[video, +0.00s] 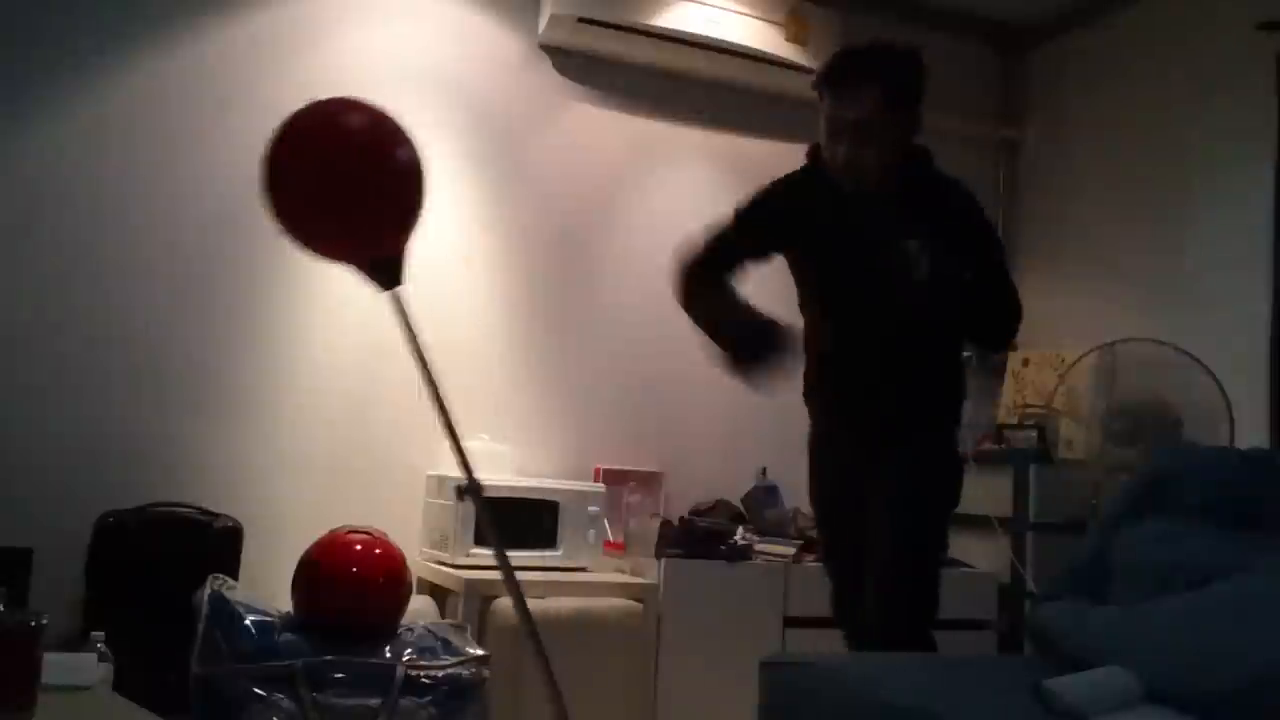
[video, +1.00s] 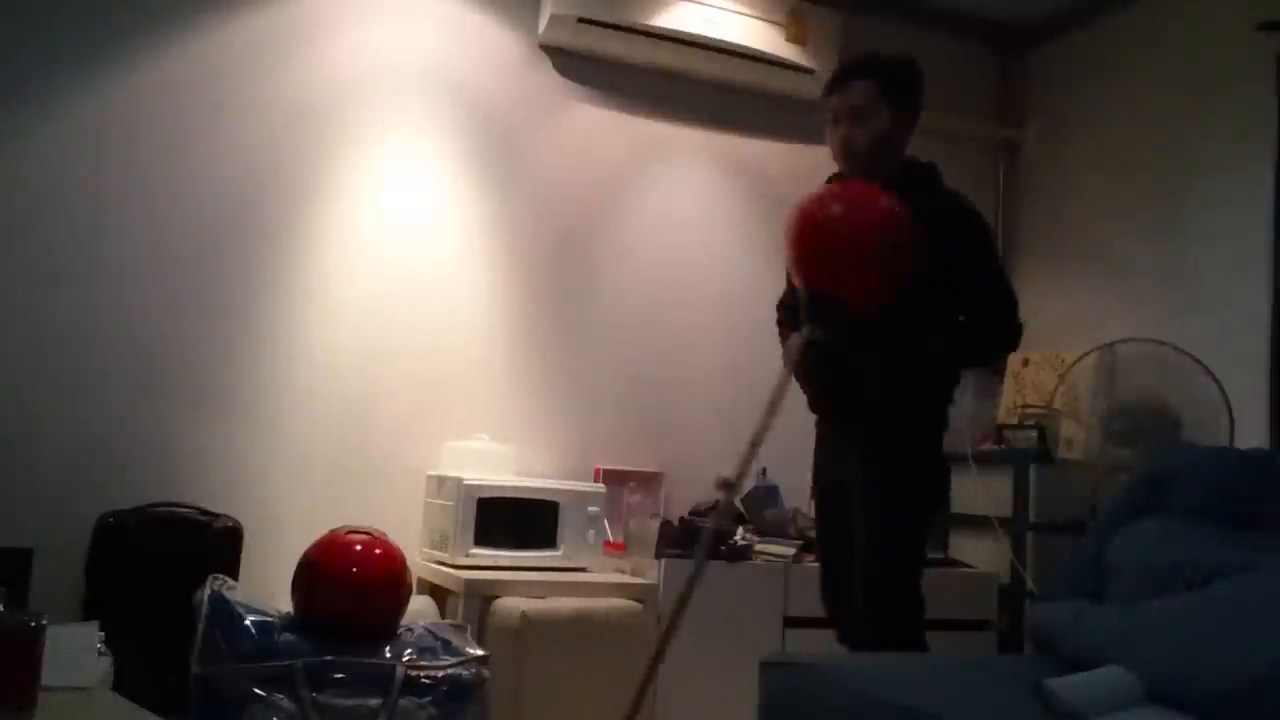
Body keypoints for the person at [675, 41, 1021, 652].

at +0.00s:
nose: (841, 143)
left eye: (859, 126)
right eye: (832, 124)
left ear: (902, 124)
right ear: (820, 118)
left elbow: (1001, 322)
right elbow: (700, 275)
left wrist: (933, 290)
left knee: (901, 619)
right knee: (858, 615)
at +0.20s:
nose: (786, 160)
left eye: (797, 140)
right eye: (776, 146)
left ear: (835, 128)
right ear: (766, 142)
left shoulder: (889, 189)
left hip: (905, 432)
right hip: (862, 426)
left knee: (870, 609)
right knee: (847, 604)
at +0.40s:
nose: (772, 206)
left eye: (773, 187)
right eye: (764, 194)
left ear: (804, 161)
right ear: (820, 159)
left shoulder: (866, 198)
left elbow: (802, 238)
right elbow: (900, 355)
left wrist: (704, 215)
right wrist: (826, 369)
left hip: (911, 438)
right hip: (896, 436)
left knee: (886, 609)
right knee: (875, 607)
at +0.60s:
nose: (789, 190)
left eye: (796, 170)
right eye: (780, 177)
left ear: (834, 155)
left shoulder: (899, 214)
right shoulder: (839, 234)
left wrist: (821, 346)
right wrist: (817, 344)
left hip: (908, 438)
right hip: (869, 435)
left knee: (881, 611)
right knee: (856, 608)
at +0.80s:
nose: (822, 152)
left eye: (837, 134)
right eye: (813, 138)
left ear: (877, 132)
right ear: (804, 140)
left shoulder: (931, 211)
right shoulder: (822, 213)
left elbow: (1014, 313)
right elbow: (803, 298)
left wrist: (949, 361)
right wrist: (798, 349)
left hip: (908, 428)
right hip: (842, 424)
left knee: (881, 606)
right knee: (847, 604)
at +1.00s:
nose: (842, 134)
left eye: (859, 117)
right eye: (834, 119)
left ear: (902, 123)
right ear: (824, 125)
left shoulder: (948, 216)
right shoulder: (832, 211)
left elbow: (998, 325)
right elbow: (795, 299)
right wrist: (797, 341)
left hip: (909, 419)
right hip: (840, 419)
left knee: (886, 603)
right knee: (842, 600)